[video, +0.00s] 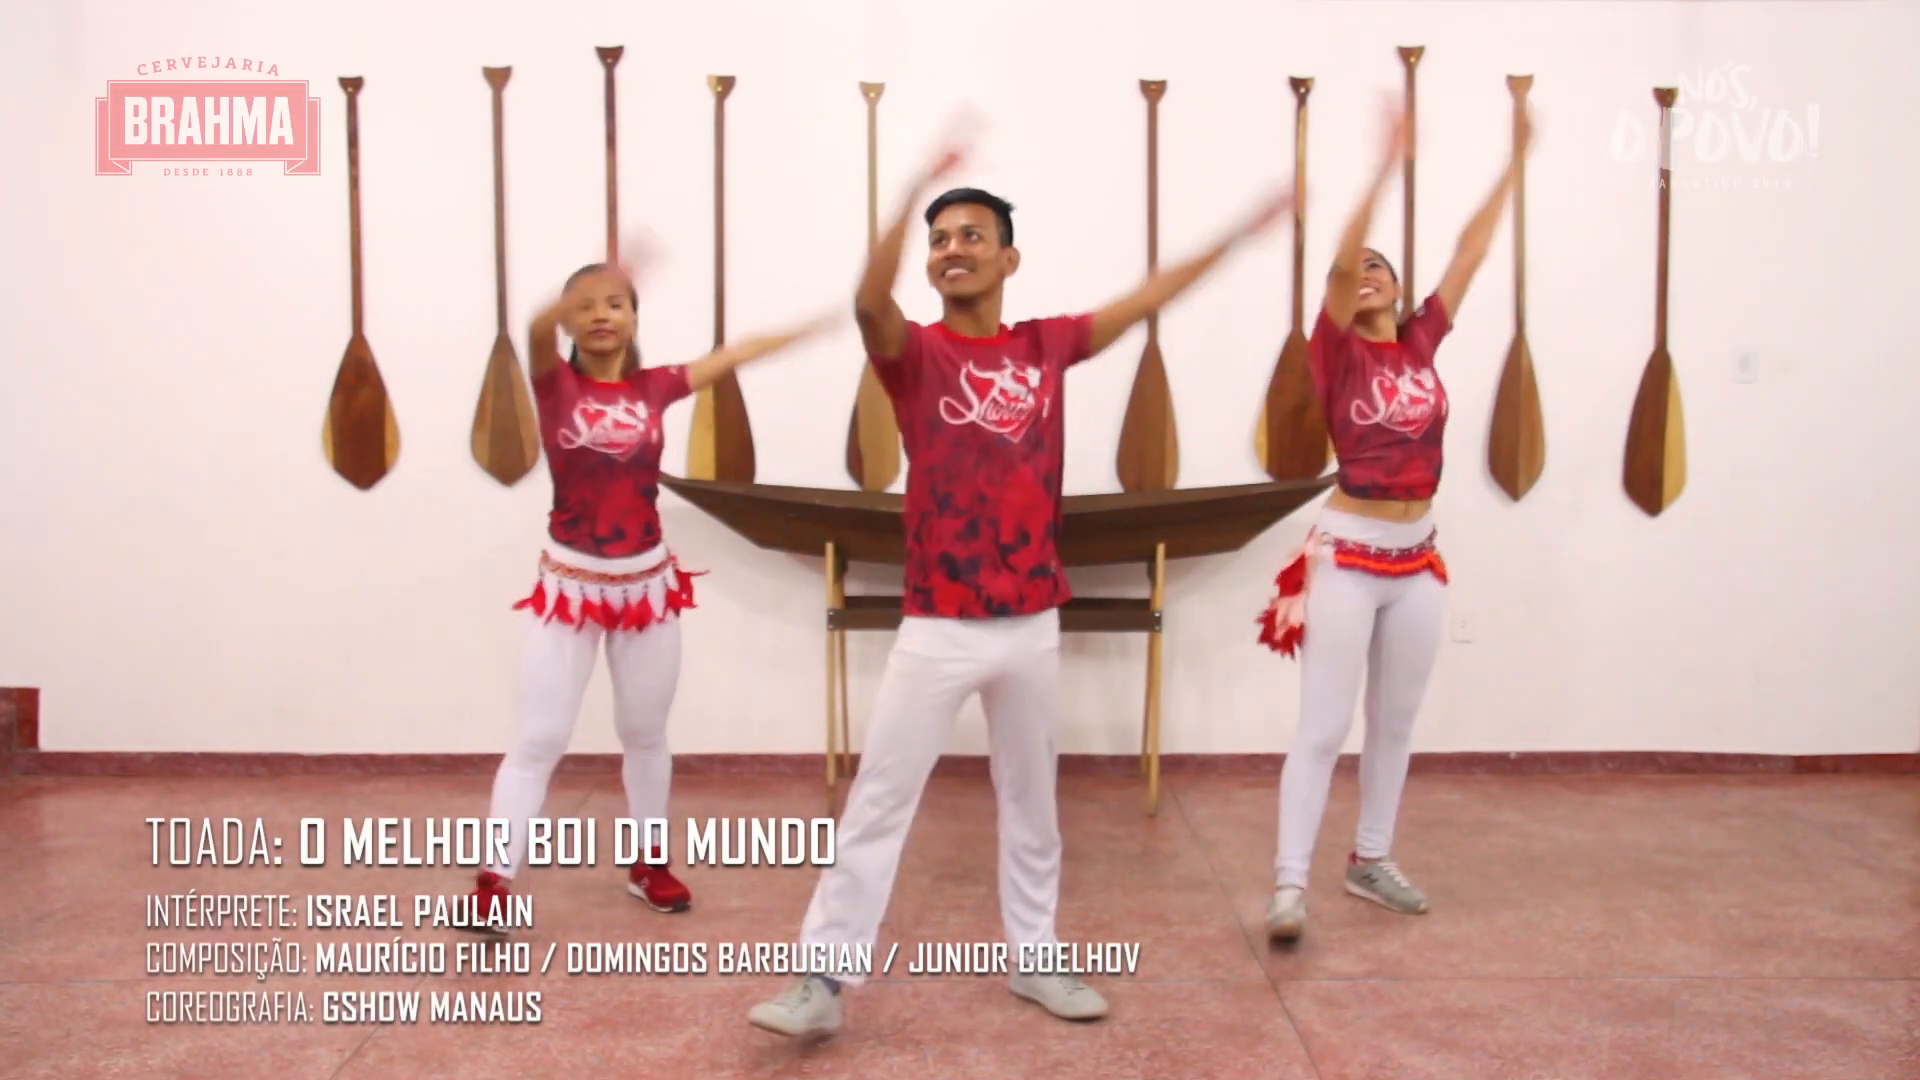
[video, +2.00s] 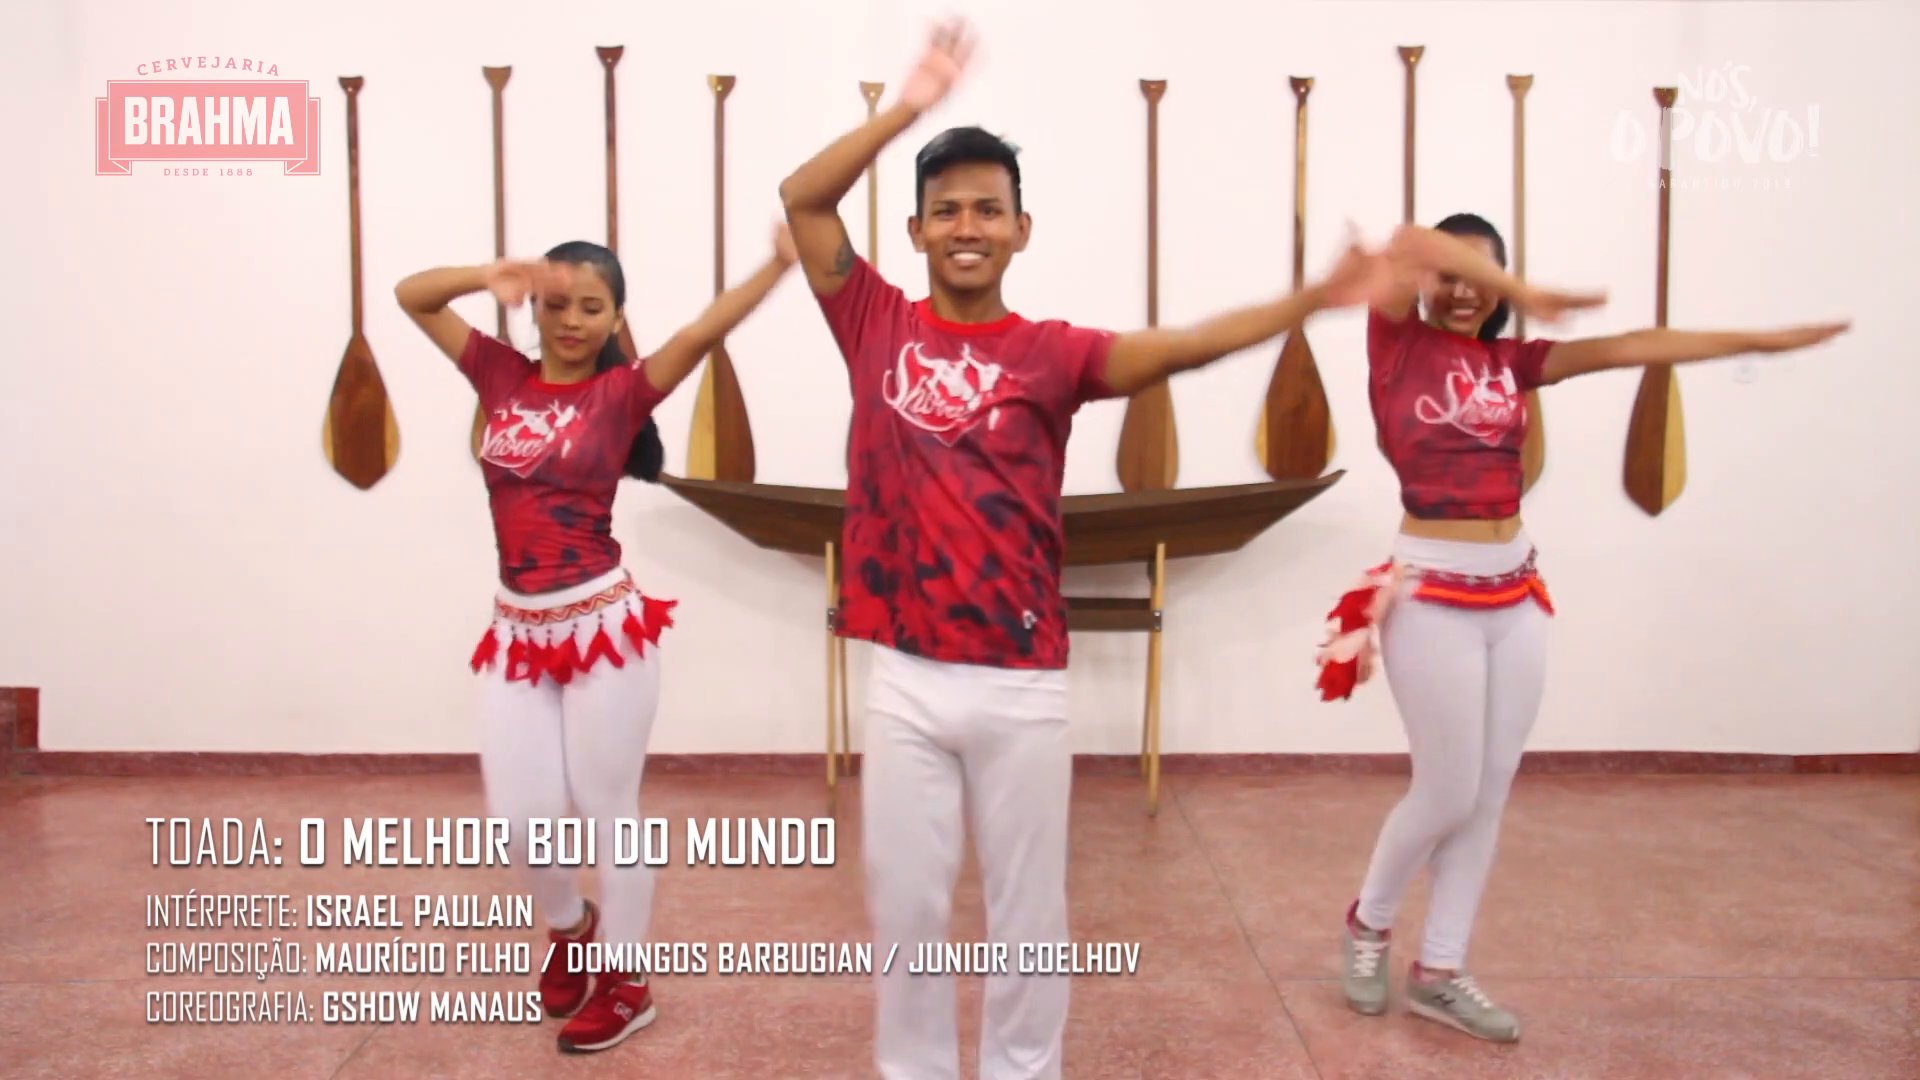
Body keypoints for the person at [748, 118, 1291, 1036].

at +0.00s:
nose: (954, 248)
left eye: (973, 235)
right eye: (942, 238)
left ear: (1009, 258)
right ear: (929, 265)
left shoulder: (1043, 344)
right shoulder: (914, 352)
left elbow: (1147, 297)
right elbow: (872, 301)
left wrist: (1239, 233)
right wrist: (906, 206)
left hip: (1029, 623)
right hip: (935, 624)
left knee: (1033, 803)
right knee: (878, 798)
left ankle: (1035, 958)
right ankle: (819, 975)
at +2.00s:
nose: (967, 226)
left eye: (989, 209)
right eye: (948, 210)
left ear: (1021, 229)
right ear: (918, 228)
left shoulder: (1052, 352)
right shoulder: (876, 327)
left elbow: (1190, 344)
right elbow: (803, 199)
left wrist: (1321, 293)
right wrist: (901, 110)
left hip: (1022, 685)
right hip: (903, 677)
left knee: (1026, 926)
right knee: (905, 926)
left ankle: (1020, 1073)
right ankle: (913, 1075)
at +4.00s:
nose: (802, 225)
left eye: (825, 208)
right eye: (778, 207)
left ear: (861, 236)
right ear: (745, 234)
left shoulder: (886, 356)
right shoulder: (713, 349)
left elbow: (955, 237)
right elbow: (599, 223)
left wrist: (957, 63)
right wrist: (540, 57)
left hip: (843, 751)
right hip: (714, 742)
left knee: (927, 1008)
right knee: (701, 997)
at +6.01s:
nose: (834, 233)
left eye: (856, 215)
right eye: (815, 214)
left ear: (890, 230)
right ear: (786, 227)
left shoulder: (924, 333)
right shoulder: (742, 335)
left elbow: (1027, 232)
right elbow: (616, 251)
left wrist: (960, 116)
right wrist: (503, 145)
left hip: (899, 682)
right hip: (779, 685)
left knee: (931, 902)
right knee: (793, 920)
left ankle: (939, 1073)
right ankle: (811, 1075)